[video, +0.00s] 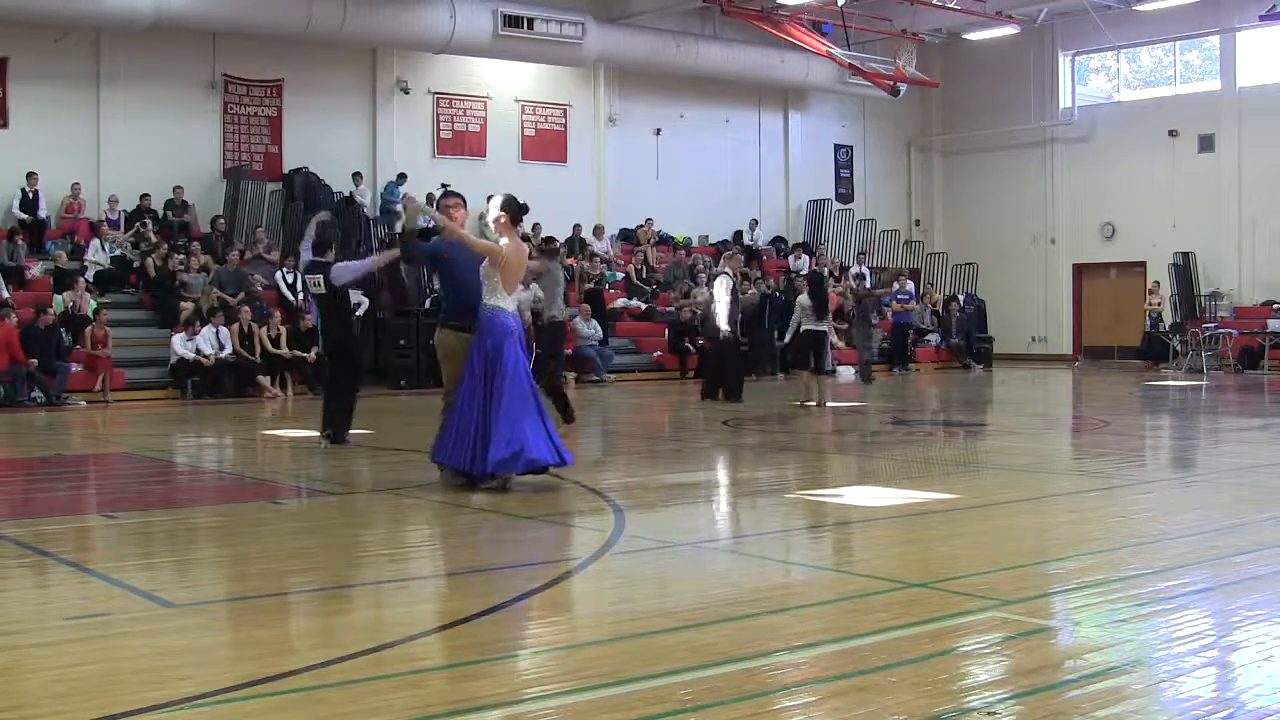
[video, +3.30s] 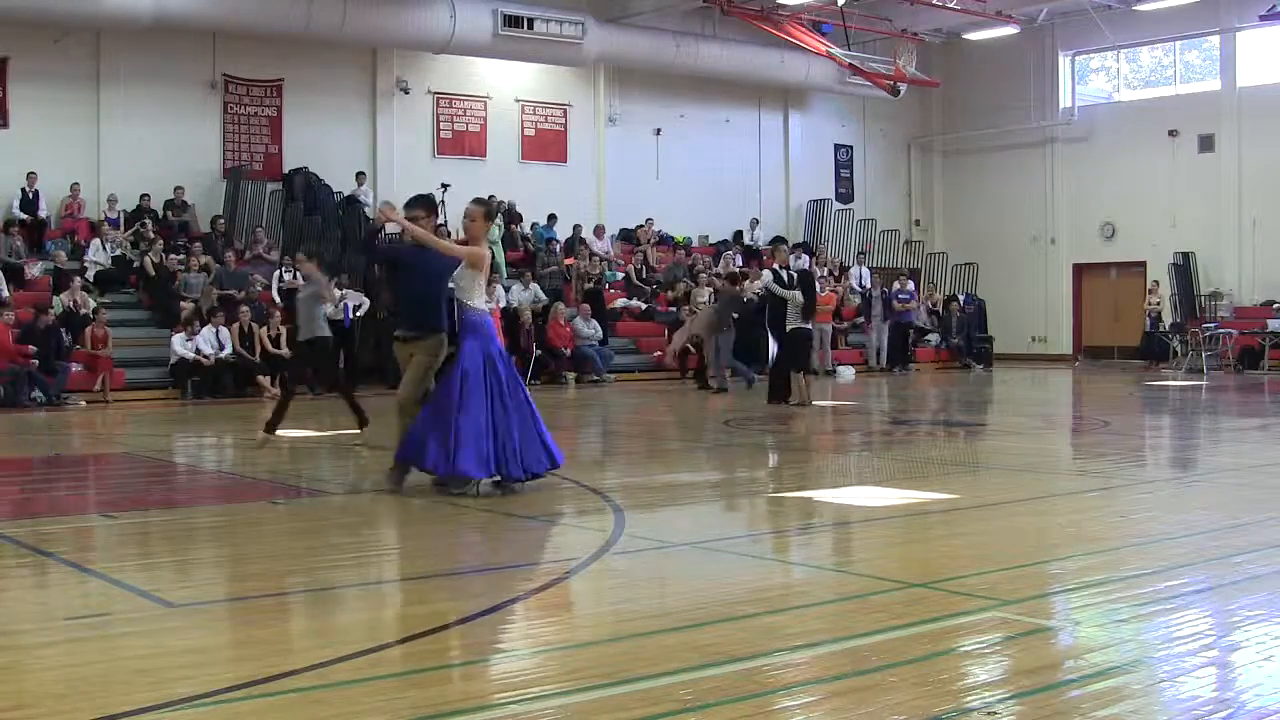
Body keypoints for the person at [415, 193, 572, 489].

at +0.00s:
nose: (487, 216)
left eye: (489, 211)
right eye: (488, 211)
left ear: (503, 218)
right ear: (511, 219)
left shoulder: (502, 250)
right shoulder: (522, 249)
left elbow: (462, 236)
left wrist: (427, 210)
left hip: (494, 321)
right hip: (511, 321)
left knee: (494, 392)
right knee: (506, 391)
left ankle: (498, 464)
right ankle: (503, 460)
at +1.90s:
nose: (494, 216)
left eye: (498, 212)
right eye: (496, 212)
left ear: (509, 219)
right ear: (520, 219)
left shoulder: (502, 250)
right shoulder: (531, 249)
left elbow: (464, 228)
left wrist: (438, 195)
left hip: (496, 322)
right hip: (517, 322)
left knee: (493, 393)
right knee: (510, 393)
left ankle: (493, 463)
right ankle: (504, 462)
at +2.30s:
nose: (499, 226)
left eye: (501, 221)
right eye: (500, 221)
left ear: (513, 222)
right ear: (520, 223)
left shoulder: (505, 251)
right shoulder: (535, 252)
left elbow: (467, 246)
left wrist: (438, 233)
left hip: (499, 325)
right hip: (520, 325)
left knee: (489, 391)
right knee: (512, 394)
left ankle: (485, 461)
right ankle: (506, 461)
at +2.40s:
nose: (496, 227)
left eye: (500, 222)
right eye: (498, 221)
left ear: (512, 224)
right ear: (521, 224)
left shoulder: (503, 253)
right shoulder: (533, 252)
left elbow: (456, 259)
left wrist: (427, 245)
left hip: (500, 328)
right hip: (520, 328)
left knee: (463, 382)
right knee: (510, 394)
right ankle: (505, 460)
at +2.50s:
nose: (494, 231)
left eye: (497, 225)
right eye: (495, 225)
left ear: (509, 227)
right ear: (514, 227)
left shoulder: (503, 257)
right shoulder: (528, 254)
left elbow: (457, 274)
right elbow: (520, 285)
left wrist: (430, 251)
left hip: (500, 330)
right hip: (518, 328)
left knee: (460, 381)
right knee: (512, 394)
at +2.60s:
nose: (487, 226)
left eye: (492, 222)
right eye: (488, 222)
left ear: (506, 226)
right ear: (506, 227)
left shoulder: (505, 258)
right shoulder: (511, 255)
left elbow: (461, 261)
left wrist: (432, 233)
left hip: (500, 335)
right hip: (505, 332)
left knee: (458, 392)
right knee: (506, 399)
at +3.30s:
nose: (465, 223)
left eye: (472, 219)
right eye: (465, 218)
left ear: (487, 225)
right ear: (467, 222)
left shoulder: (480, 253)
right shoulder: (469, 249)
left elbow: (439, 244)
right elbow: (437, 241)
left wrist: (403, 221)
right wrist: (406, 225)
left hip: (476, 331)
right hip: (474, 328)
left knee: (465, 398)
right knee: (491, 397)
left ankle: (464, 469)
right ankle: (509, 465)